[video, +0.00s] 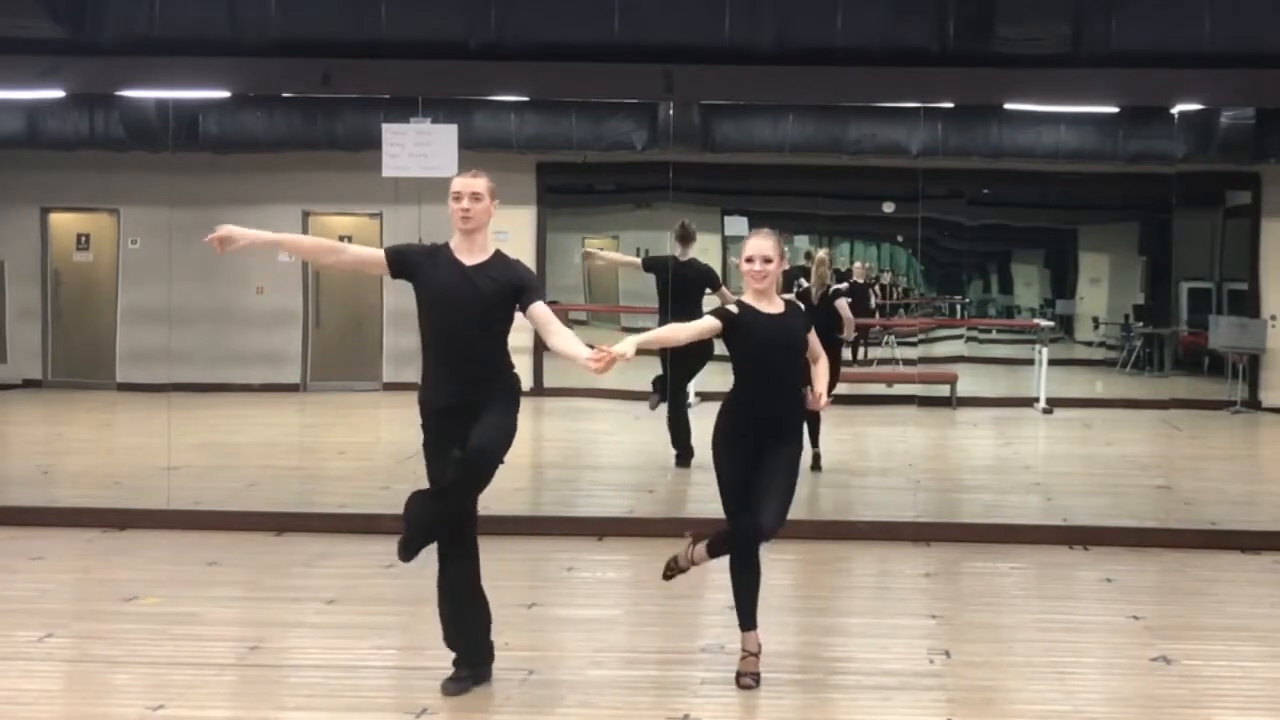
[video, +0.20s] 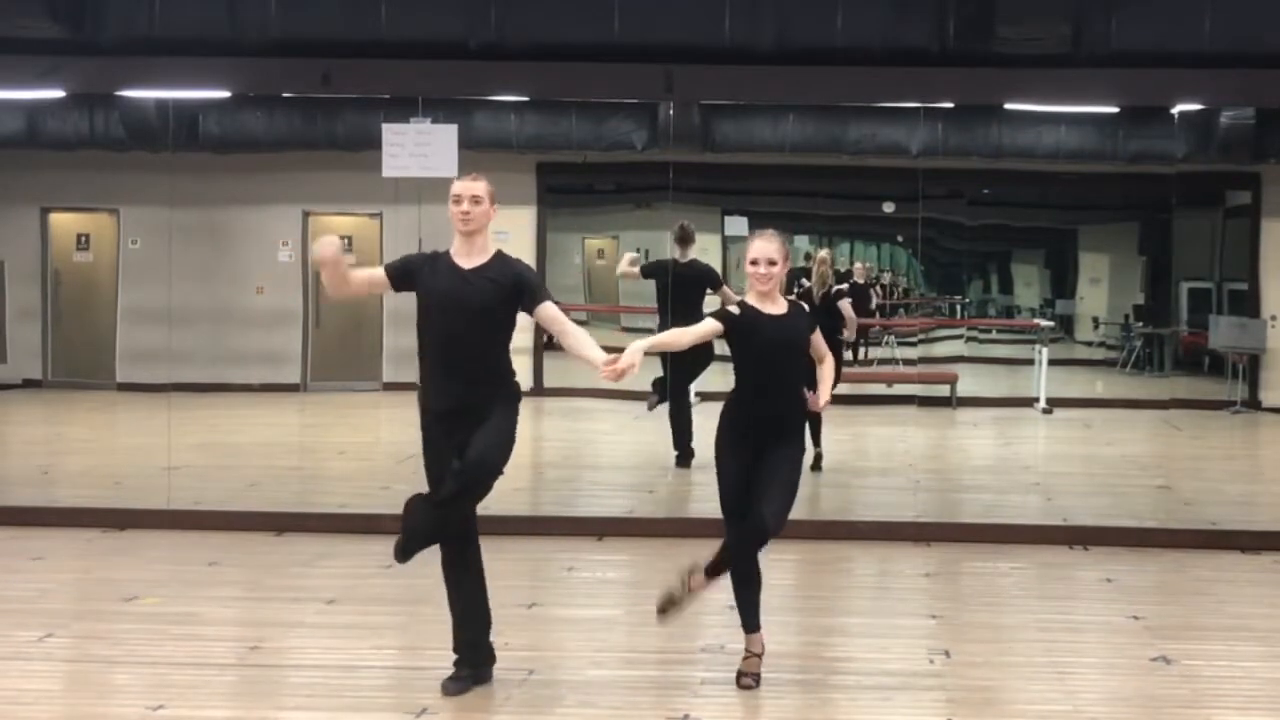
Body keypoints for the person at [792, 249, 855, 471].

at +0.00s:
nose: (821, 270)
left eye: (818, 265)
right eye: (825, 266)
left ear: (812, 269)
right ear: (830, 269)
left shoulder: (802, 292)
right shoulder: (835, 292)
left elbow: (790, 313)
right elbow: (848, 316)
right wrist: (848, 335)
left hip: (807, 343)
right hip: (830, 342)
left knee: (810, 396)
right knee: (829, 384)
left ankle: (815, 449)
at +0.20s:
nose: (821, 268)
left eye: (820, 263)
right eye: (824, 263)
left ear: (813, 267)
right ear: (831, 268)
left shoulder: (803, 290)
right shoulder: (836, 291)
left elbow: (792, 315)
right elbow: (850, 316)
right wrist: (850, 334)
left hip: (807, 345)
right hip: (831, 344)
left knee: (811, 399)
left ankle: (817, 448)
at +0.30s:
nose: (822, 268)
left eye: (822, 263)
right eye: (824, 263)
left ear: (814, 265)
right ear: (832, 267)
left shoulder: (802, 286)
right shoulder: (839, 290)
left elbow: (788, 310)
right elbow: (858, 316)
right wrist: (851, 338)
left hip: (804, 344)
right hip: (829, 345)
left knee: (806, 396)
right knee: (820, 396)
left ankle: (818, 445)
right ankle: (818, 445)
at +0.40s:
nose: (825, 268)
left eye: (825, 264)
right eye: (825, 264)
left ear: (816, 267)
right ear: (833, 268)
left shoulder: (804, 291)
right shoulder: (841, 292)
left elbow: (793, 316)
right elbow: (861, 319)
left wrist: (800, 336)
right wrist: (851, 338)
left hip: (808, 349)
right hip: (833, 349)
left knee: (811, 399)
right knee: (834, 394)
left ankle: (817, 449)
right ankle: (837, 432)